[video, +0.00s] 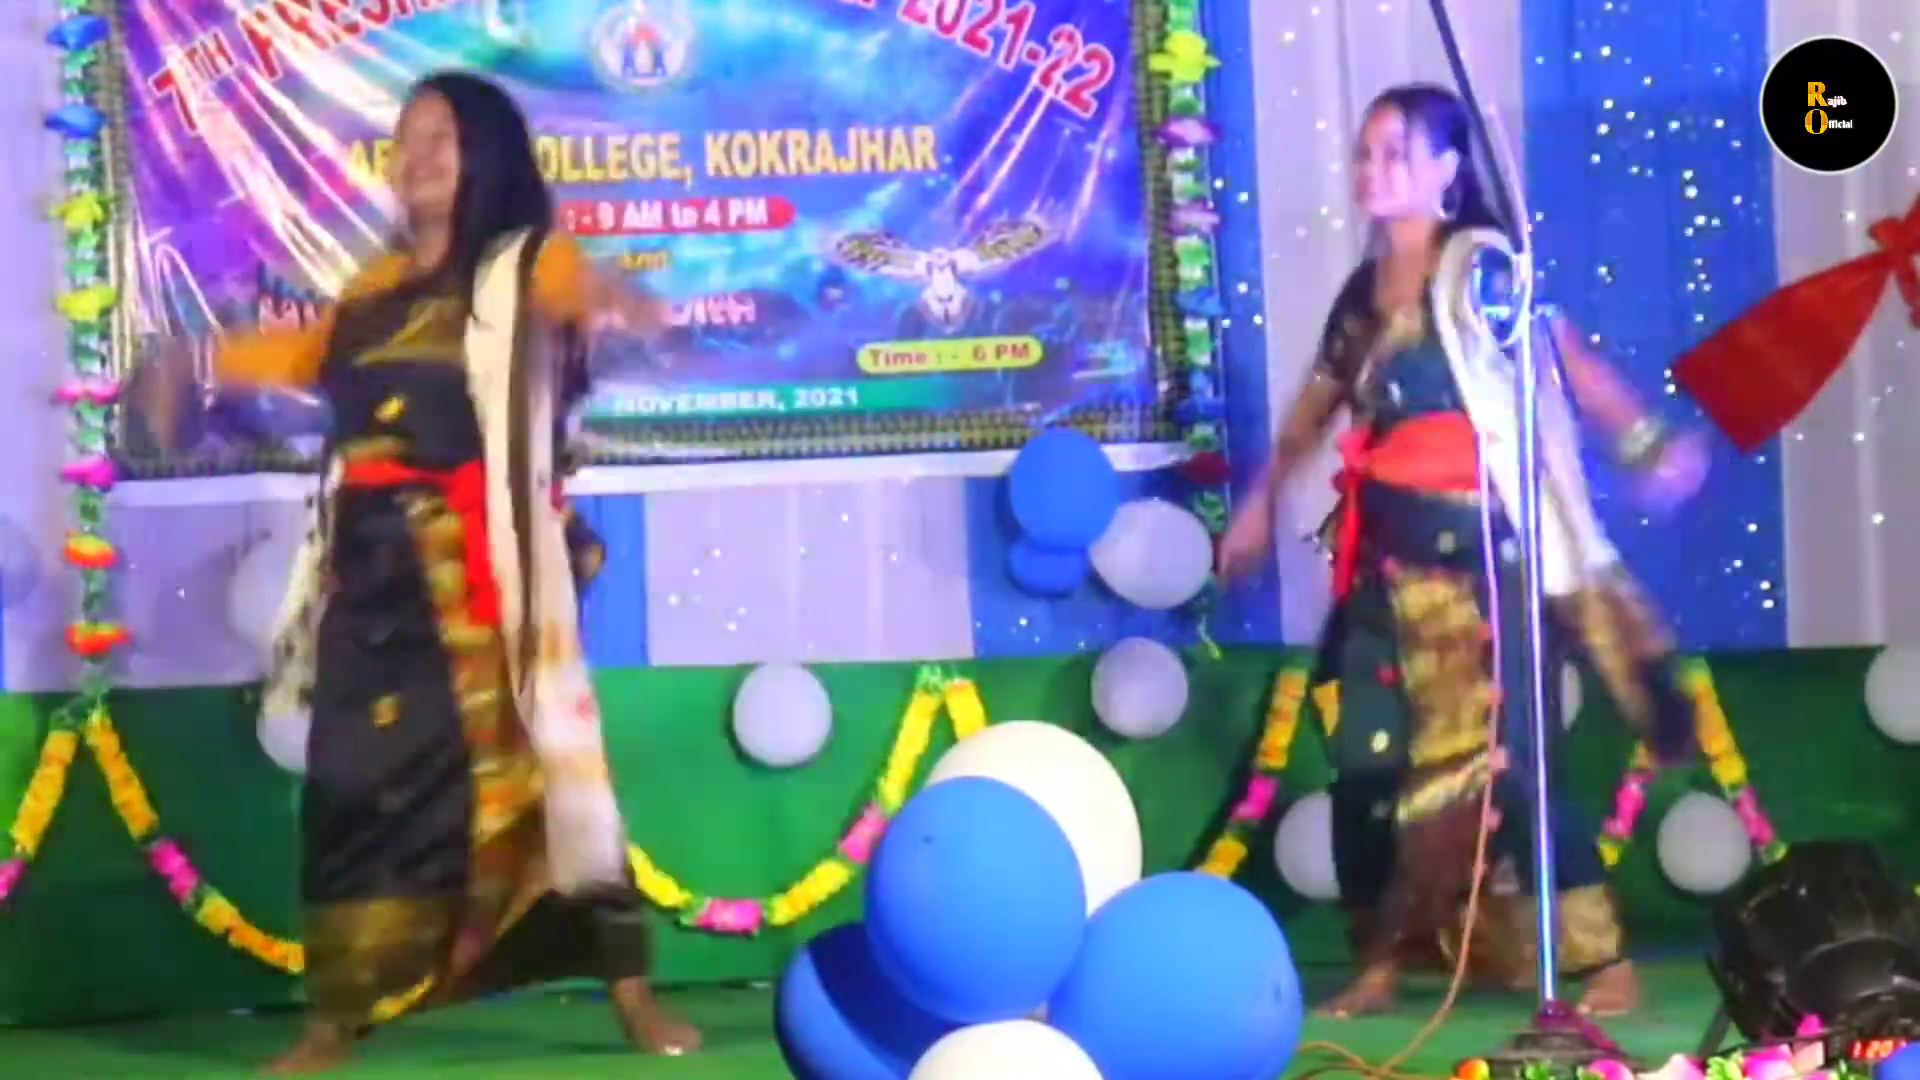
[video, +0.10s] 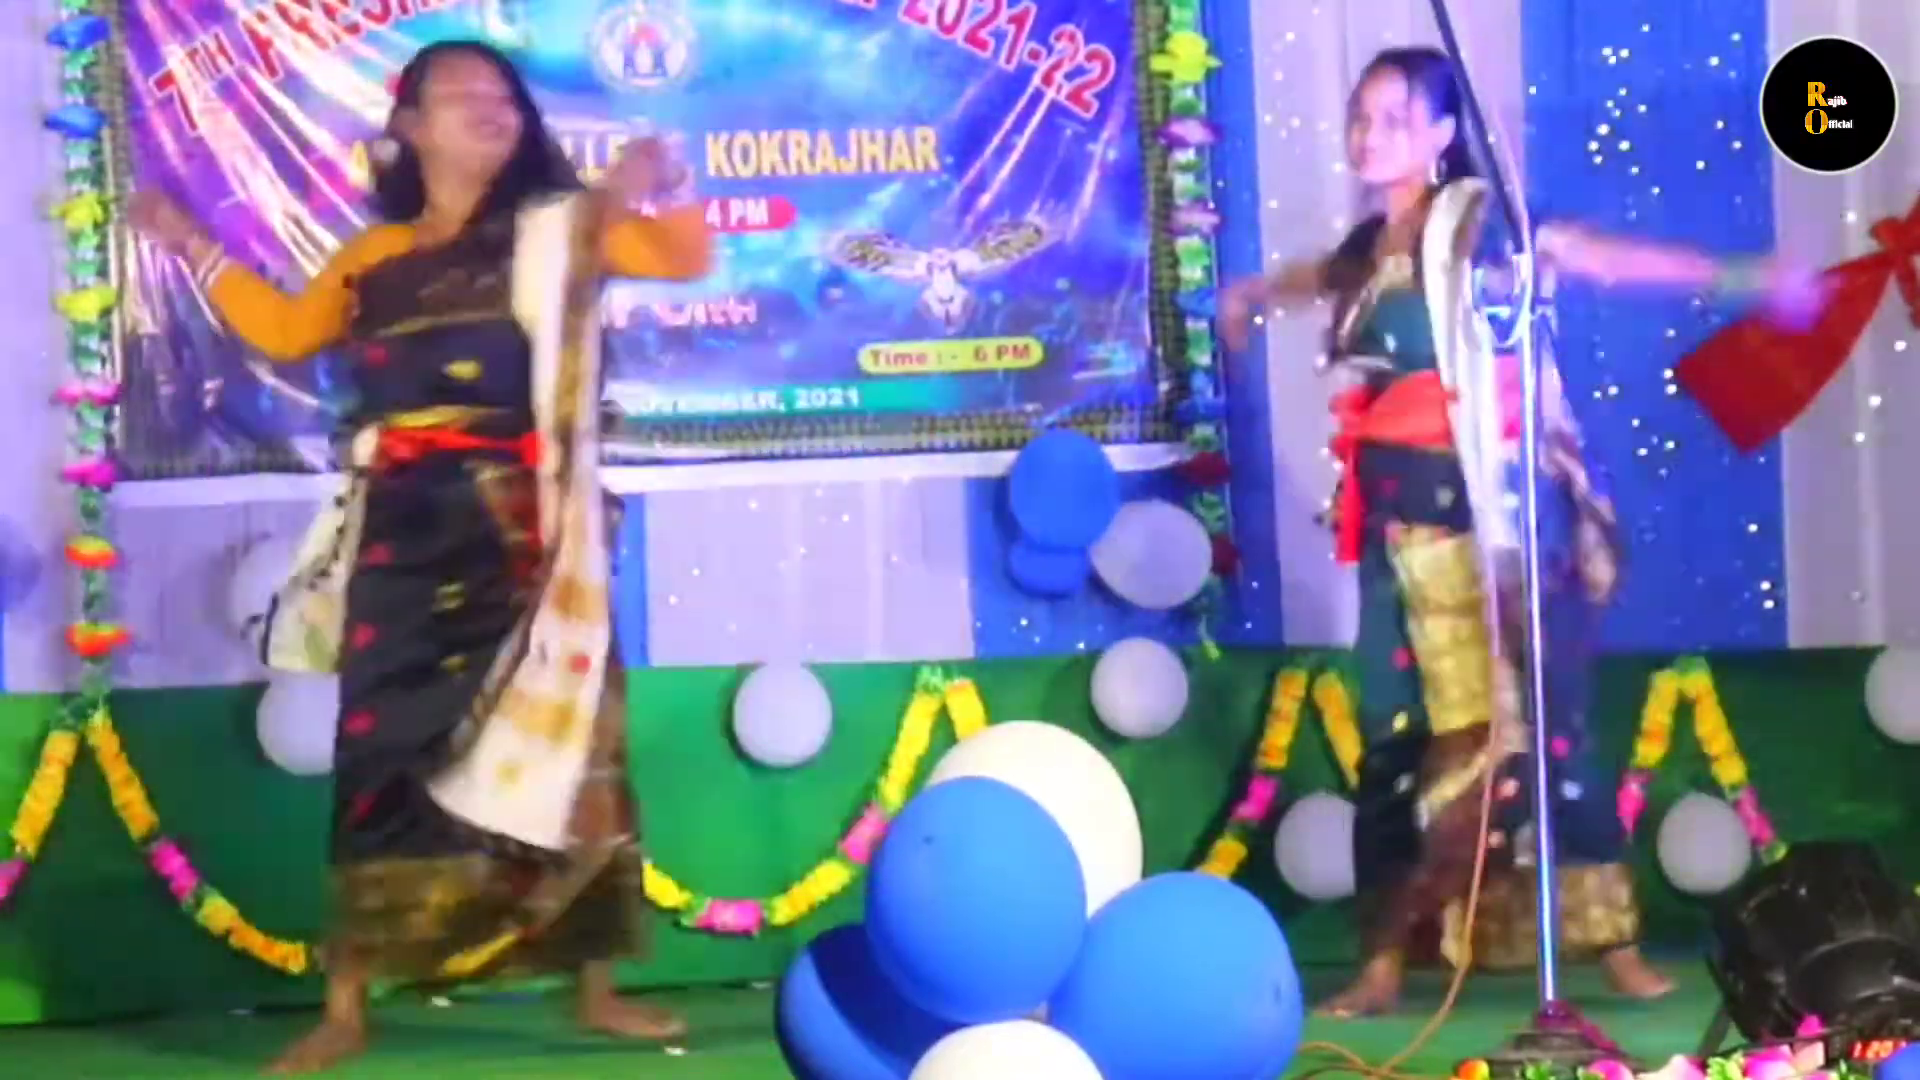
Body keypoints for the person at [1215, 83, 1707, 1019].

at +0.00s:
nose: (1373, 171)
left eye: (1394, 155)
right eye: (1367, 154)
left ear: (1447, 167)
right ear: (1361, 168)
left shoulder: (1486, 267)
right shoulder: (1364, 291)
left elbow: (1572, 363)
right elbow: (1314, 410)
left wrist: (1648, 442)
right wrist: (1260, 506)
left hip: (1495, 544)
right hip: (1391, 549)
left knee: (1521, 758)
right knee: (1371, 759)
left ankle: (1595, 959)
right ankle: (1382, 958)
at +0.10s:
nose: (1369, 139)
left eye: (1390, 120)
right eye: (1360, 121)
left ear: (1439, 130)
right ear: (1352, 133)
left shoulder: (1475, 219)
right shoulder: (1362, 250)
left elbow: (1598, 259)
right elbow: (1299, 282)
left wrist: (1743, 281)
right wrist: (1243, 300)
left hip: (1502, 503)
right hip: (1400, 509)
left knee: (1556, 715)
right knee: (1441, 728)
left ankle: (1610, 935)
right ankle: (1390, 955)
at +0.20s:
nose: (1380, 141)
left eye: (1402, 125)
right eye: (1368, 123)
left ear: (1444, 135)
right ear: (1353, 135)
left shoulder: (1498, 212)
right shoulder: (1366, 242)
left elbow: (1635, 214)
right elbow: (1299, 219)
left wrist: (1769, 199)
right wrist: (1244, 189)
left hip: (1530, 491)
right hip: (1406, 497)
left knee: (1570, 719)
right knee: (1406, 726)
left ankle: (1601, 953)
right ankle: (1386, 958)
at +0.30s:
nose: (1429, 169)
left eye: (1451, 152)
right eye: (1412, 149)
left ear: (1482, 163)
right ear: (1385, 159)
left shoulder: (1537, 228)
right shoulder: (1383, 273)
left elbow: (1670, 217)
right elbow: (1282, 285)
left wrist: (1789, 175)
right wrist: (1230, 173)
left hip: (1550, 507)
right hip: (1429, 512)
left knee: (1585, 732)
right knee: (1404, 733)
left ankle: (1574, 967)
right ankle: (1385, 963)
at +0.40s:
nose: (1496, 174)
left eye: (1506, 155)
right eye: (1473, 159)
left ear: (1526, 159)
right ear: (1429, 176)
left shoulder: (1582, 239)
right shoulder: (1403, 289)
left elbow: (1708, 246)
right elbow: (1250, 326)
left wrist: (1832, 224)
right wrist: (1170, 255)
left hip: (1597, 525)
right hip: (1483, 533)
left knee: (1617, 741)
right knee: (1464, 739)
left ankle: (1582, 962)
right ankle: (1379, 938)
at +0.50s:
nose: (1594, 185)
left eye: (1594, 166)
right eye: (1578, 167)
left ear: (1566, 175)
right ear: (1515, 172)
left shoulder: (1604, 267)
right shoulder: (1464, 291)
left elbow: (1661, 320)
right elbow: (1370, 396)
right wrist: (1240, 396)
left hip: (1632, 566)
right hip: (1531, 569)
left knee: (1688, 770)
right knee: (1606, 773)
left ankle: (1586, 962)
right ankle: (1417, 864)